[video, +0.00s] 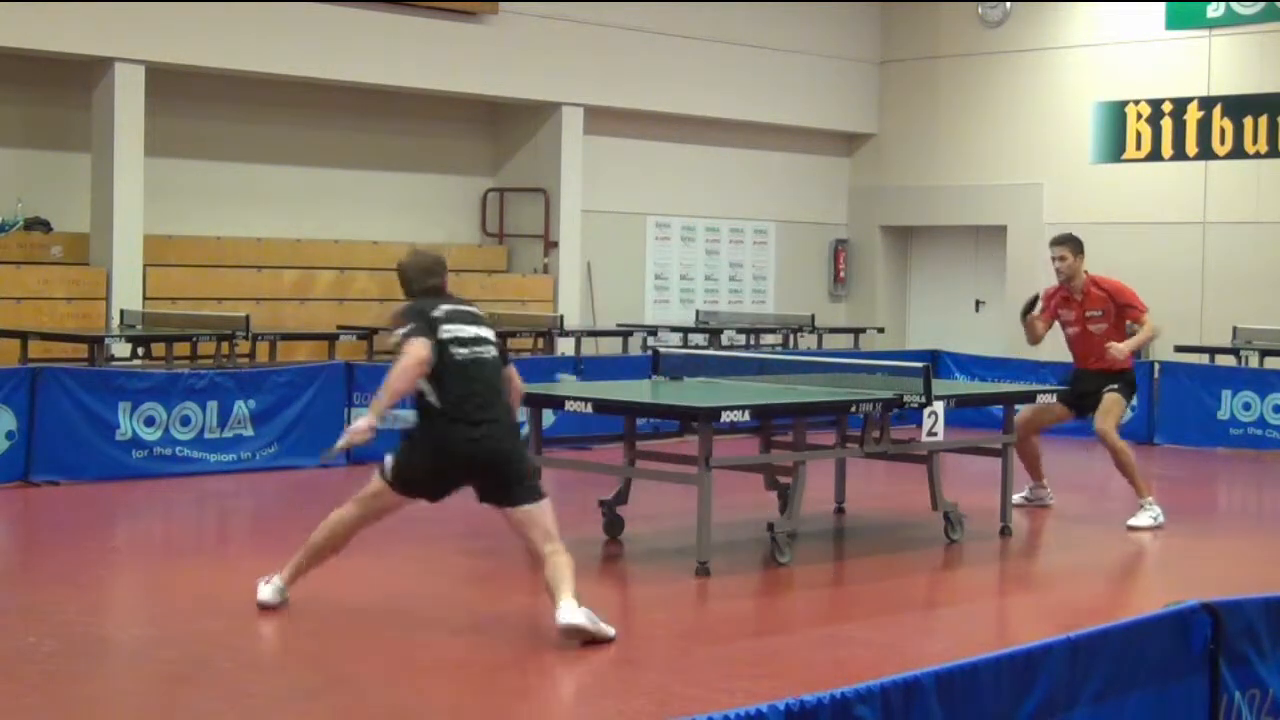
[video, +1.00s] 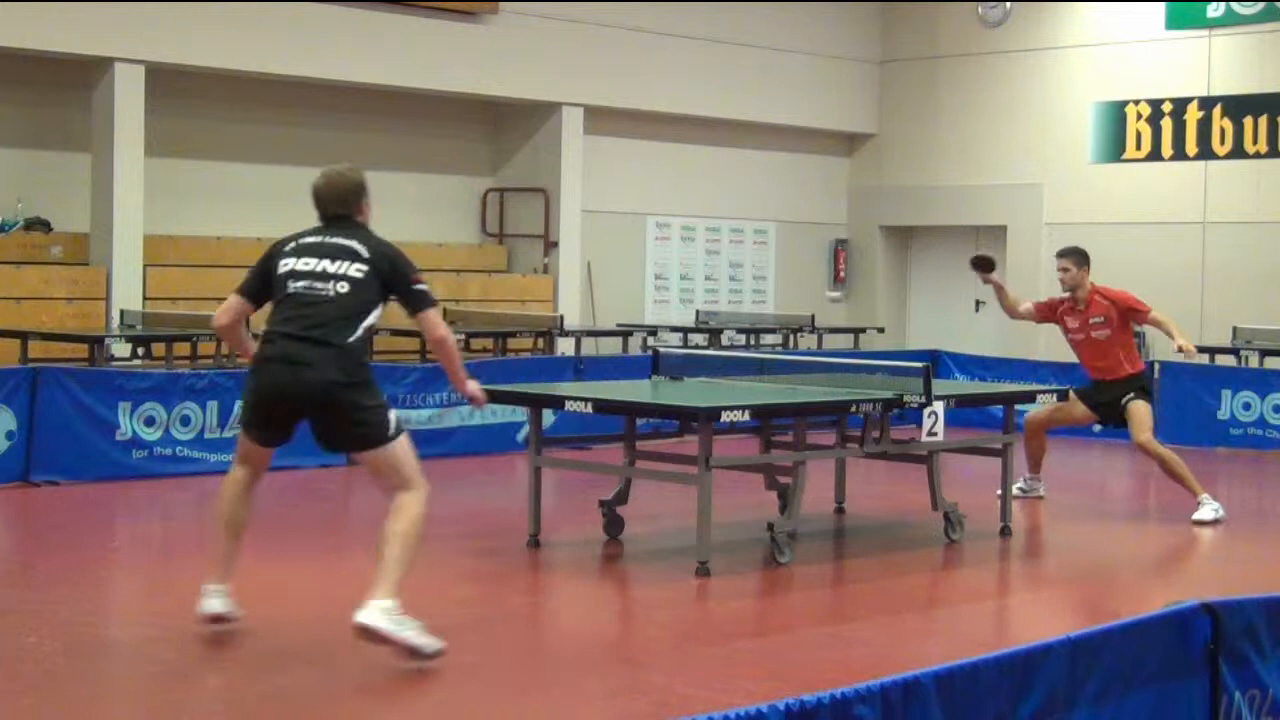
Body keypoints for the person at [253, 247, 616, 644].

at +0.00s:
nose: (404, 295)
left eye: (403, 289)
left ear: (406, 287)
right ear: (447, 283)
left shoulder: (417, 315)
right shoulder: (478, 319)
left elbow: (418, 358)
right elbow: (515, 389)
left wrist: (372, 417)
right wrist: (502, 439)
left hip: (440, 444)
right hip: (499, 445)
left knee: (357, 512)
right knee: (549, 541)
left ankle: (280, 584)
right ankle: (568, 606)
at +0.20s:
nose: (455, 279)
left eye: (455, 272)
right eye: (456, 272)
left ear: (466, 270)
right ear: (504, 260)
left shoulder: (463, 314)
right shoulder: (548, 302)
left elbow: (432, 389)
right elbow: (581, 377)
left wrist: (405, 369)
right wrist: (580, 415)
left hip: (467, 441)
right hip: (528, 443)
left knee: (372, 501)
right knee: (551, 541)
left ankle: (289, 581)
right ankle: (568, 615)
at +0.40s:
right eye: (523, 237)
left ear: (475, 245)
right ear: (520, 247)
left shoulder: (450, 272)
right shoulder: (539, 315)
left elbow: (410, 200)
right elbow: (577, 387)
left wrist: (463, 163)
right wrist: (631, 425)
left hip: (439, 421)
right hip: (506, 431)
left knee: (375, 475)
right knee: (559, 517)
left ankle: (336, 584)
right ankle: (569, 613)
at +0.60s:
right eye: (493, 209)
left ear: (448, 212)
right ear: (494, 214)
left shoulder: (417, 246)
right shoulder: (505, 279)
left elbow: (330, 242)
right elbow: (518, 366)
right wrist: (549, 425)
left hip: (405, 398)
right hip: (469, 408)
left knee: (355, 476)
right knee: (545, 494)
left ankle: (304, 584)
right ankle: (566, 615)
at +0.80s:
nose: (420, 221)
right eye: (418, 215)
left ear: (371, 219)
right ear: (414, 219)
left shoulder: (339, 264)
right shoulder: (428, 272)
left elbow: (269, 294)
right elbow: (471, 349)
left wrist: (267, 294)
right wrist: (516, 386)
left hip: (342, 405)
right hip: (407, 407)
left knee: (314, 491)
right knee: (486, 500)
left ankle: (287, 606)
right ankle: (556, 612)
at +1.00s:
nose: (373, 208)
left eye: (368, 202)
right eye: (370, 203)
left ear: (319, 209)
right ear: (364, 207)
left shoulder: (286, 248)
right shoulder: (383, 255)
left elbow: (225, 320)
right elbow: (438, 333)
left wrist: (250, 352)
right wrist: (462, 381)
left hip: (274, 373)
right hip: (340, 378)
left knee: (244, 468)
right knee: (410, 487)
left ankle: (216, 588)